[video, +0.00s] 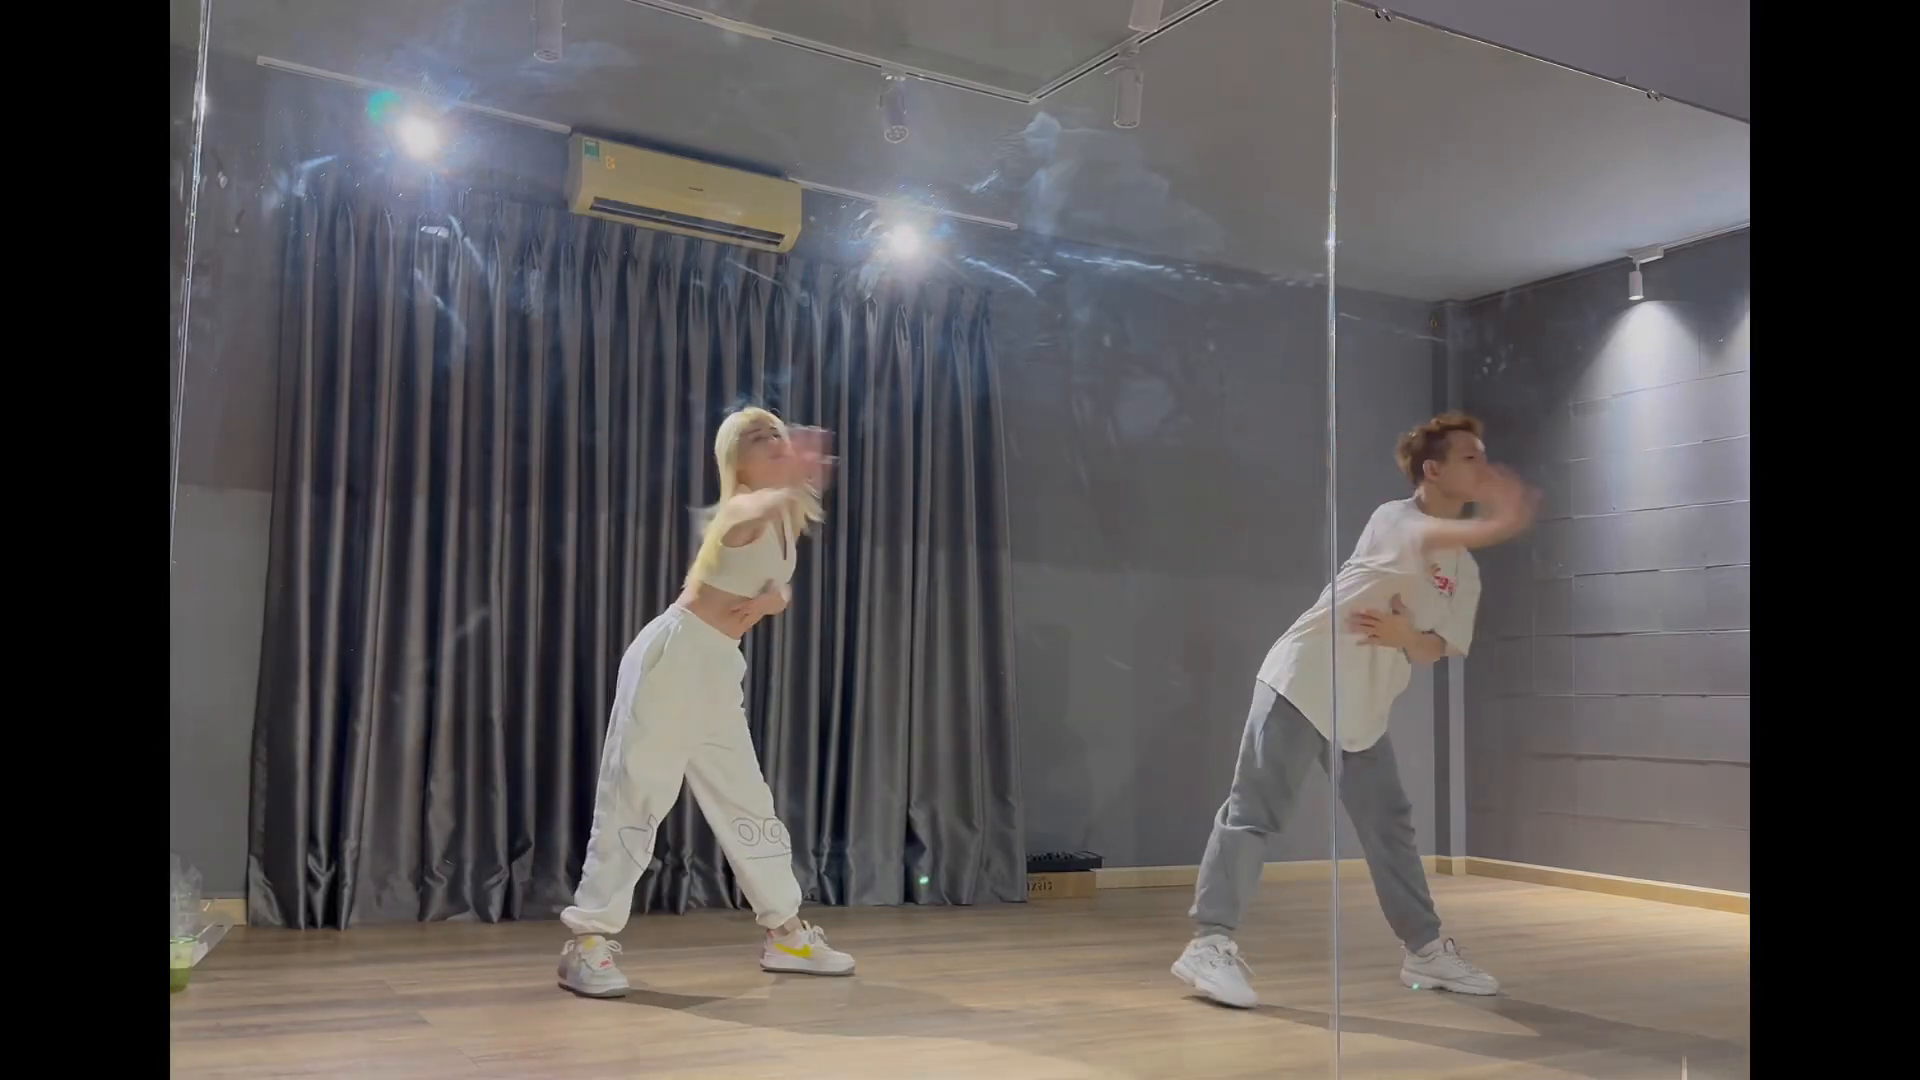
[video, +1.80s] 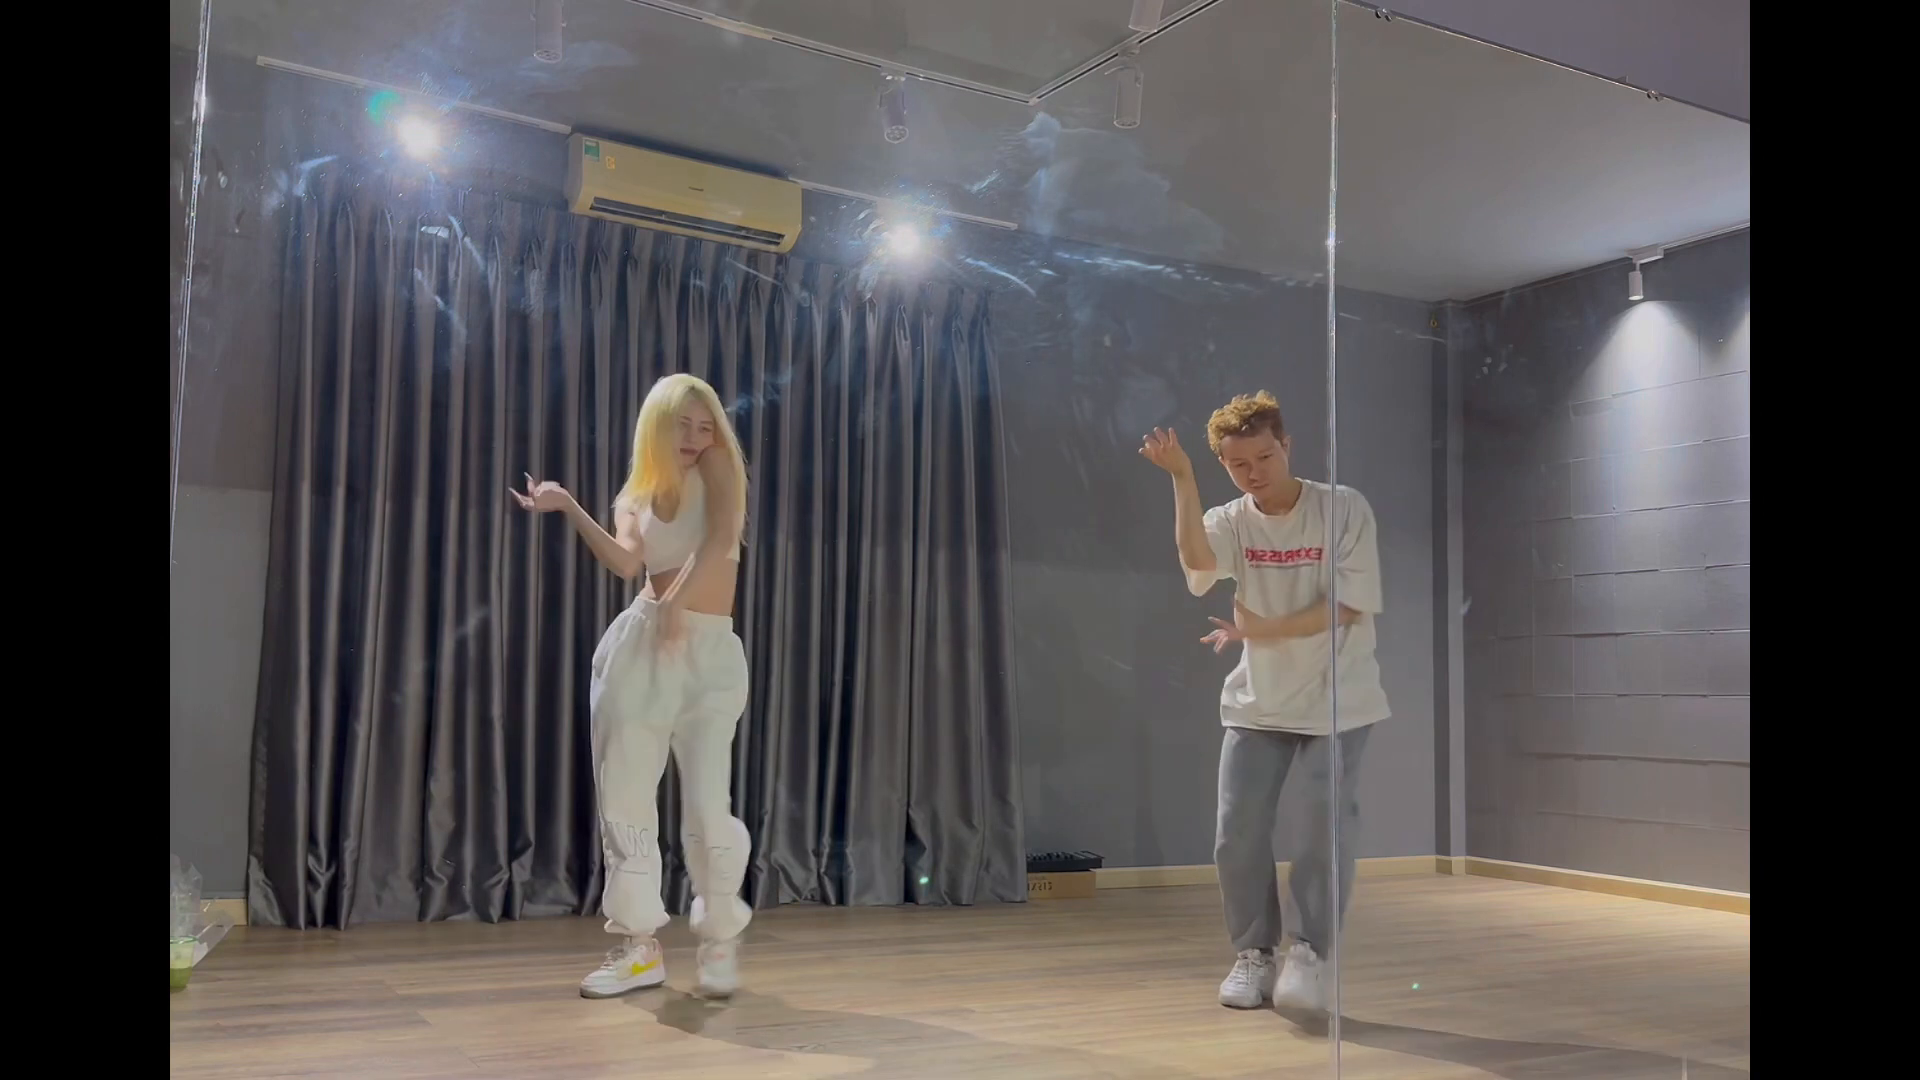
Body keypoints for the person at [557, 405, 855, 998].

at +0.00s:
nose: (783, 444)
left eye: (784, 434)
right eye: (765, 437)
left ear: (793, 450)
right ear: (739, 461)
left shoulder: (785, 519)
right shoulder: (734, 511)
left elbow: (779, 586)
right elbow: (751, 508)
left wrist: (774, 601)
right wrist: (790, 485)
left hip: (716, 670)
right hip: (672, 657)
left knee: (746, 803)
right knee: (632, 800)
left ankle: (786, 933)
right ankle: (588, 941)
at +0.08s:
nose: (759, 438)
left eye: (766, 430)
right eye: (744, 432)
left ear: (779, 449)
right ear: (721, 454)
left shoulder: (789, 505)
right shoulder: (722, 510)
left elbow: (803, 582)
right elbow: (692, 507)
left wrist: (758, 603)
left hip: (723, 671)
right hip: (677, 659)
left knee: (755, 803)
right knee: (637, 801)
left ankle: (786, 935)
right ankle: (590, 943)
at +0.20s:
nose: (742, 442)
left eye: (752, 436)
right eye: (729, 434)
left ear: (765, 457)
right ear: (703, 452)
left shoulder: (775, 509)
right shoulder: (690, 522)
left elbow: (790, 577)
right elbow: (612, 515)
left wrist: (710, 599)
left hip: (731, 678)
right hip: (674, 666)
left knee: (773, 801)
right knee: (634, 803)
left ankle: (790, 937)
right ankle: (587, 946)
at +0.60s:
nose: (742, 458)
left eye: (750, 448)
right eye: (731, 448)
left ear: (759, 456)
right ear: (706, 452)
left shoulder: (763, 518)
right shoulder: (673, 500)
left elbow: (738, 588)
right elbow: (603, 519)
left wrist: (663, 567)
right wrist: (572, 447)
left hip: (752, 673)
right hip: (688, 677)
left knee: (780, 808)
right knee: (647, 805)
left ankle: (821, 930)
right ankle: (645, 951)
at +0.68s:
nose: (734, 422)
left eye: (745, 418)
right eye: (723, 413)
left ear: (755, 440)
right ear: (698, 428)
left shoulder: (751, 500)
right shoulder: (668, 490)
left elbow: (695, 561)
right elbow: (586, 476)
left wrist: (612, 562)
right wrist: (525, 419)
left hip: (741, 662)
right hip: (672, 661)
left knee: (746, 815)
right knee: (649, 802)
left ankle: (805, 899)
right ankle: (647, 950)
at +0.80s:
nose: (726, 428)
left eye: (737, 422)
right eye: (715, 420)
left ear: (748, 441)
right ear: (690, 436)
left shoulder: (747, 498)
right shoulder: (668, 501)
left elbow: (706, 566)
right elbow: (594, 509)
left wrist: (622, 559)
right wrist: (548, 430)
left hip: (714, 668)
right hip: (649, 657)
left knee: (656, 801)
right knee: (629, 804)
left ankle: (744, 890)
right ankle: (643, 950)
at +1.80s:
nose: (697, 438)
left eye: (706, 427)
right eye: (685, 427)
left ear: (717, 429)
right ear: (659, 429)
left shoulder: (720, 470)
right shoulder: (635, 495)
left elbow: (719, 541)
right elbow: (626, 561)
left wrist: (678, 601)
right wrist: (571, 506)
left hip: (710, 650)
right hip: (641, 647)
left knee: (706, 805)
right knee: (625, 798)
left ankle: (719, 949)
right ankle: (642, 949)